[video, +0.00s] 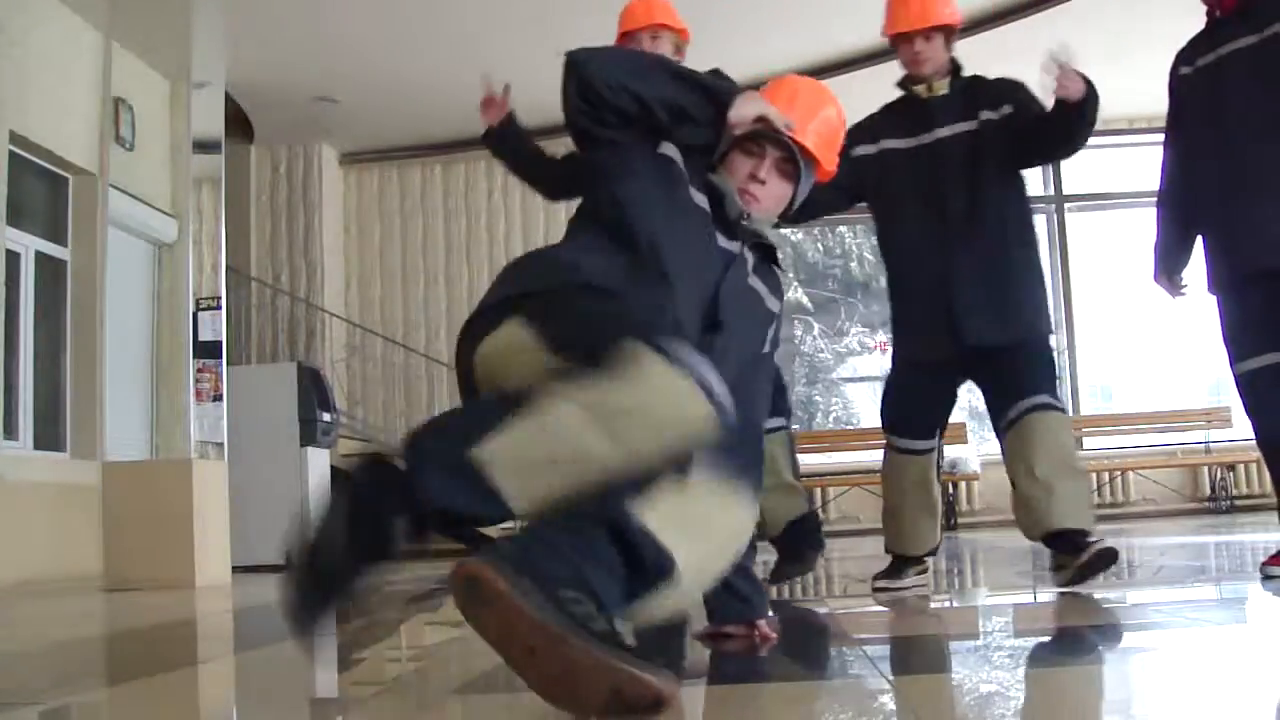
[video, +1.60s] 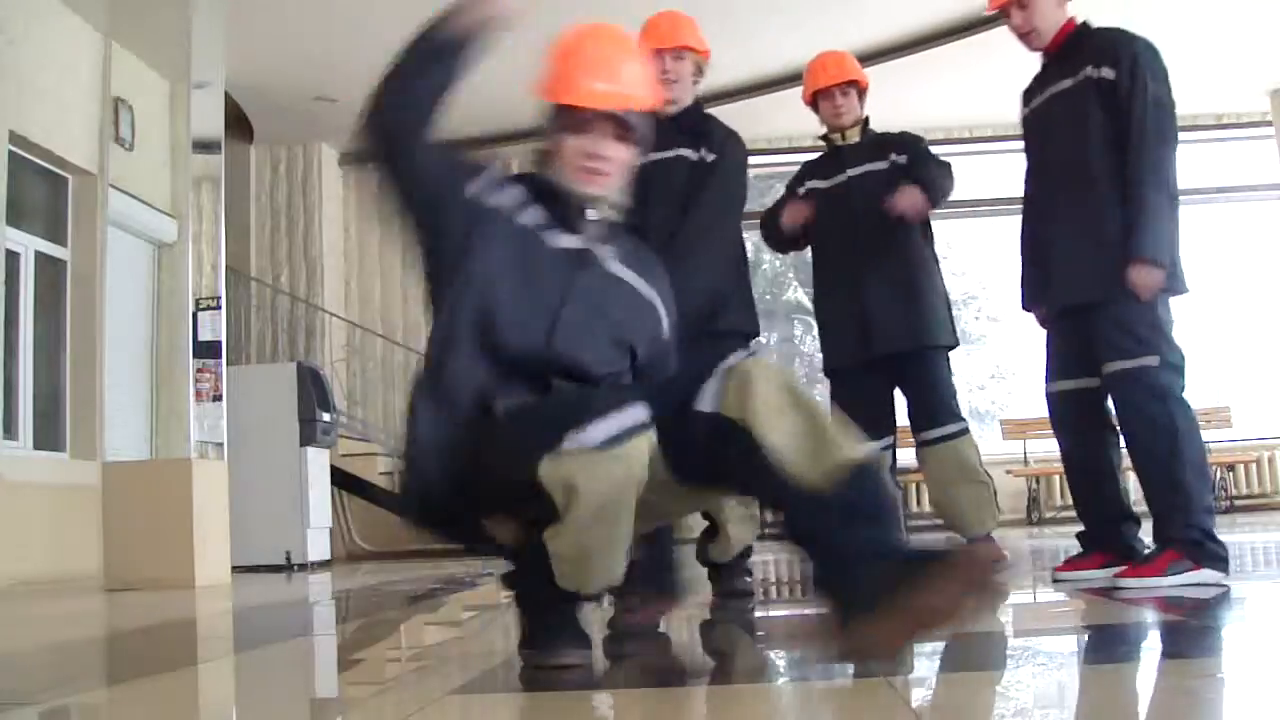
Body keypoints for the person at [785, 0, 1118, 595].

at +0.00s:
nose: (916, 50)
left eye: (926, 37)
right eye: (905, 41)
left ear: (950, 38)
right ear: (893, 49)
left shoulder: (996, 100)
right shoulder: (874, 134)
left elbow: (1050, 140)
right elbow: (815, 190)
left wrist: (1076, 105)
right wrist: (756, 181)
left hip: (1006, 306)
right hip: (924, 316)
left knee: (1035, 416)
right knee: (907, 436)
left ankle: (1069, 543)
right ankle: (909, 555)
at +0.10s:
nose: (899, 55)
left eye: (909, 43)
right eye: (887, 46)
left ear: (931, 43)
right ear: (873, 53)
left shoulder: (979, 104)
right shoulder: (862, 139)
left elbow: (1023, 169)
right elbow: (816, 212)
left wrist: (1058, 155)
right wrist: (766, 232)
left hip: (996, 297)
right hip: (916, 311)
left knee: (1024, 415)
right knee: (909, 434)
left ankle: (1042, 541)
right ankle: (909, 554)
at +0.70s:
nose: (951, 75)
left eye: (960, 64)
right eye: (938, 67)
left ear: (975, 69)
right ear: (921, 75)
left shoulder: (1007, 136)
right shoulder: (901, 146)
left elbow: (1038, 205)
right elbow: (875, 228)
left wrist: (1040, 196)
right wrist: (856, 247)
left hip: (995, 310)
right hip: (924, 313)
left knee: (1013, 427)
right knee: (914, 432)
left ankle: (1030, 546)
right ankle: (906, 552)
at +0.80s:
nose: (951, 87)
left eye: (960, 76)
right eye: (939, 79)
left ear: (975, 80)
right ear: (922, 89)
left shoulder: (1011, 149)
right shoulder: (904, 158)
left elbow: (1042, 214)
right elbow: (879, 229)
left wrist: (1045, 266)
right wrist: (865, 290)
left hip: (997, 316)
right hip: (925, 320)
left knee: (1018, 428)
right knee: (913, 435)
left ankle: (1032, 546)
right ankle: (897, 547)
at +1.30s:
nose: (862, 100)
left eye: (871, 89)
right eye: (850, 93)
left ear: (889, 95)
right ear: (837, 104)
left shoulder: (928, 158)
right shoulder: (827, 180)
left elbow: (968, 226)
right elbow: (819, 262)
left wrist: (996, 287)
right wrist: (812, 325)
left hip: (936, 323)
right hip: (866, 332)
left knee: (966, 434)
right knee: (871, 446)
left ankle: (1000, 540)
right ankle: (882, 552)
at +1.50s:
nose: (844, 99)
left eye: (851, 88)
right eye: (832, 93)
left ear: (867, 92)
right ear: (818, 104)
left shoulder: (910, 151)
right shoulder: (813, 177)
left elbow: (951, 206)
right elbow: (787, 243)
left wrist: (955, 236)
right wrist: (778, 270)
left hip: (918, 319)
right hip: (850, 328)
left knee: (942, 428)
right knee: (861, 440)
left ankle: (983, 541)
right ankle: (879, 552)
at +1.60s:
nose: (838, 101)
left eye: (846, 91)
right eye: (826, 96)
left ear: (861, 94)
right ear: (814, 107)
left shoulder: (898, 146)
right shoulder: (809, 175)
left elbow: (939, 173)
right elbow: (775, 237)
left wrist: (921, 190)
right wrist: (785, 221)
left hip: (914, 318)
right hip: (847, 329)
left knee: (941, 428)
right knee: (861, 444)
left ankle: (976, 533)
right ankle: (871, 558)